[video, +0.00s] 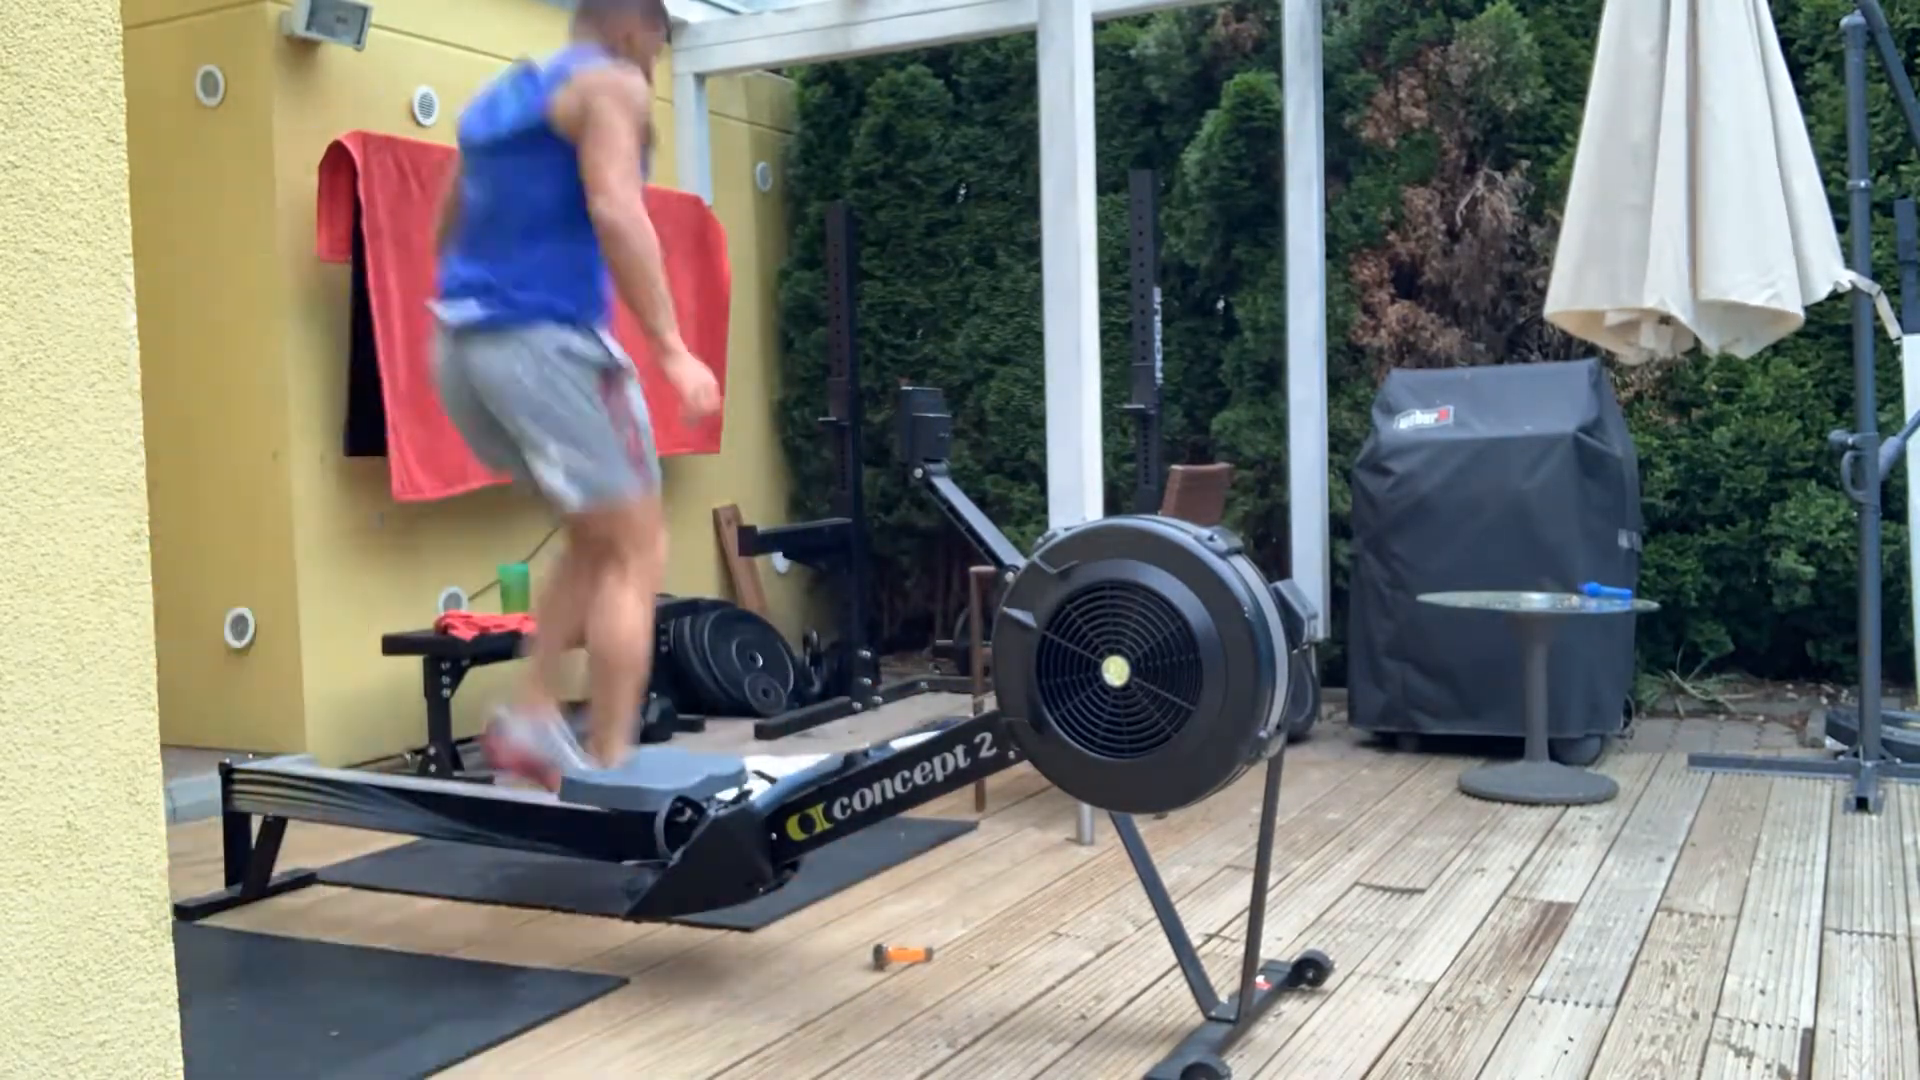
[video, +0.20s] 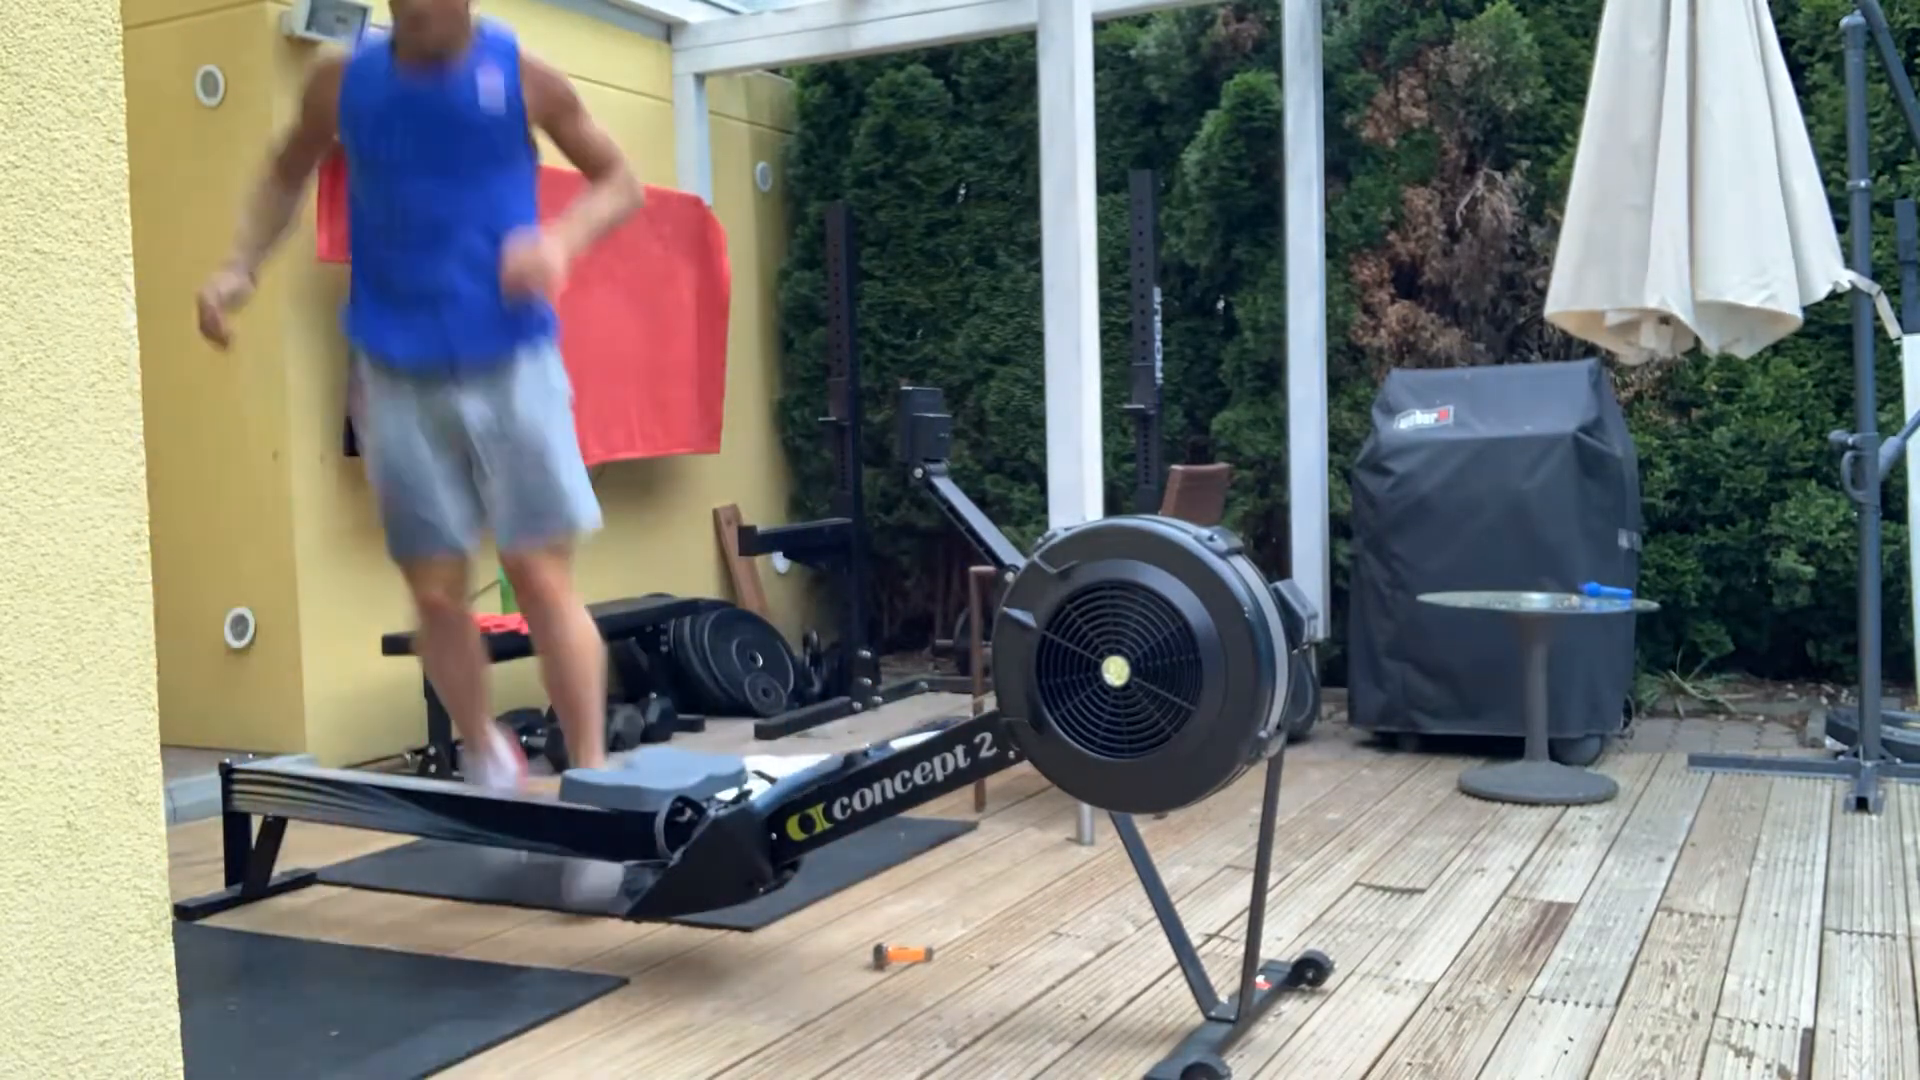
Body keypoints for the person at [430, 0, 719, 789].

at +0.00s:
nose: (658, 49)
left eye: (661, 34)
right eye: (656, 32)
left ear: (585, 19)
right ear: (628, 22)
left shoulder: (498, 96)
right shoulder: (608, 83)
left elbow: (449, 233)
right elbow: (615, 209)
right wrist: (672, 348)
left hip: (465, 352)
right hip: (541, 347)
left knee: (594, 530)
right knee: (637, 544)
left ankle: (531, 715)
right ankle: (609, 770)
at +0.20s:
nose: (422, 16)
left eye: (438, 6)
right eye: (411, 5)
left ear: (468, 5)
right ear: (392, 6)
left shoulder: (523, 79)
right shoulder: (343, 78)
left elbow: (619, 182)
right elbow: (287, 172)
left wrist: (559, 241)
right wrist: (241, 265)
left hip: (510, 359)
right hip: (396, 368)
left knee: (542, 574)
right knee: (436, 592)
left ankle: (590, 781)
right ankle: (488, 760)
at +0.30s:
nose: (442, 537)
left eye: (459, 525)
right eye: (440, 517)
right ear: (404, 465)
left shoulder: (448, 447)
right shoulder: (262, 448)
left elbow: (426, 622)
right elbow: (182, 645)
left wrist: (355, 777)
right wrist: (190, 844)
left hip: (253, 527)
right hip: (139, 526)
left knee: (346, 713)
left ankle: (339, 917)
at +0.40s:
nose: (477, 471)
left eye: (490, 457)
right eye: (476, 448)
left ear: (444, 397)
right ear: (437, 398)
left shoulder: (446, 418)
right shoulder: (284, 418)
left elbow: (438, 570)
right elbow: (225, 650)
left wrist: (380, 731)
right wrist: (256, 850)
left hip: (224, 519)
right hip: (135, 521)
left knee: (364, 702)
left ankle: (396, 927)